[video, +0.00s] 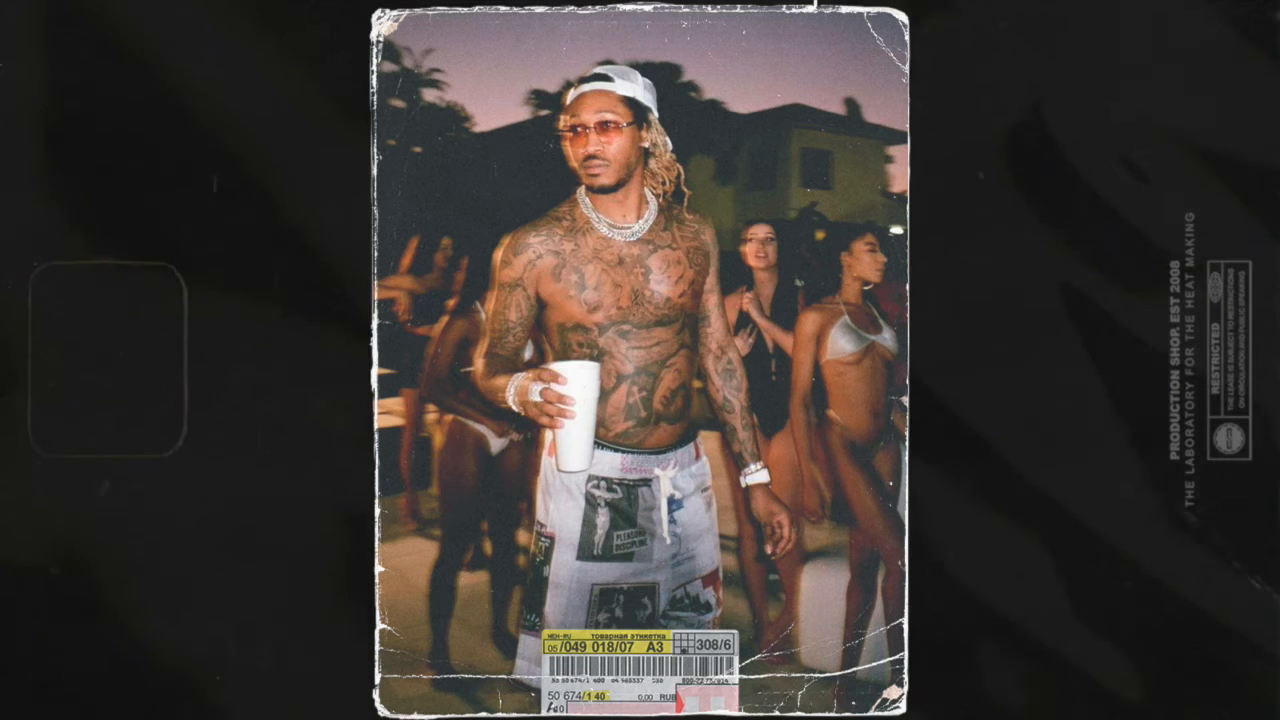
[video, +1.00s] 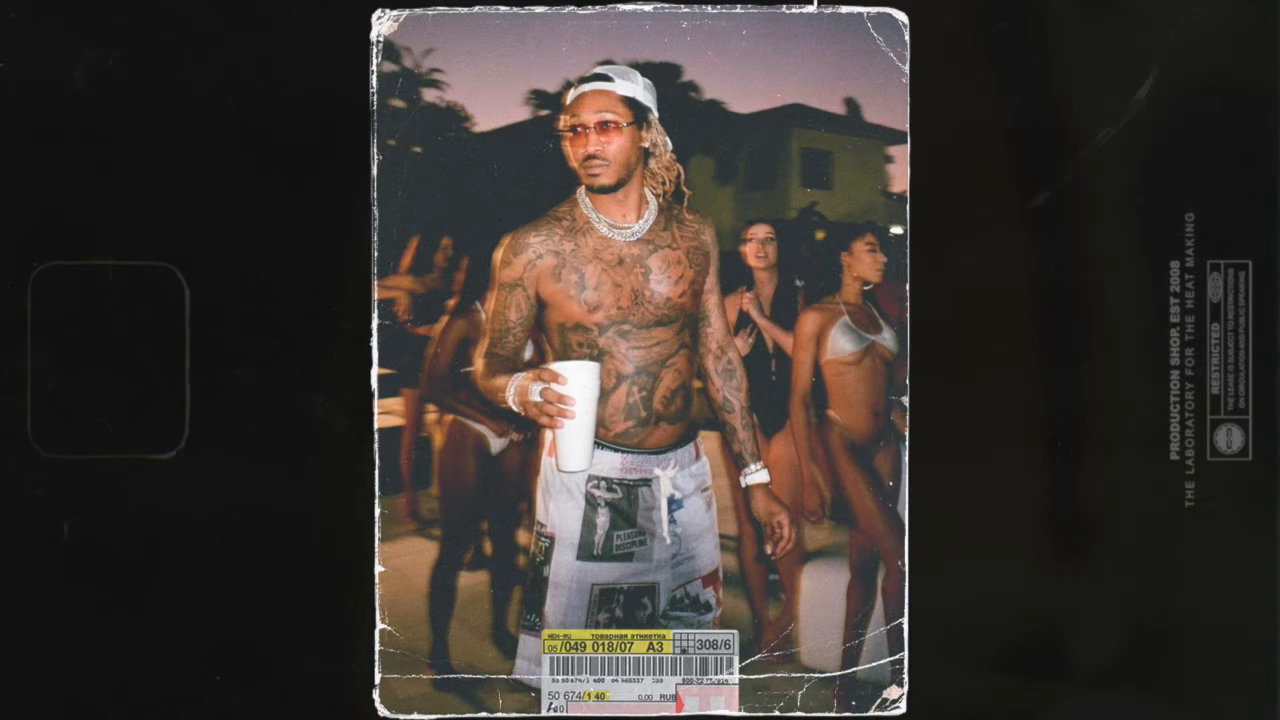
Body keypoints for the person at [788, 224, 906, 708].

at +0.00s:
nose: (882, 259)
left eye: (882, 251)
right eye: (871, 251)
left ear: (875, 262)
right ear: (843, 259)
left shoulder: (878, 316)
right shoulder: (818, 317)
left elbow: (886, 392)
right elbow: (798, 405)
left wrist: (901, 433)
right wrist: (813, 479)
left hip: (883, 448)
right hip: (839, 449)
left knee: (864, 563)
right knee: (898, 552)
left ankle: (846, 674)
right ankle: (902, 671)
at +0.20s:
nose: (882, 259)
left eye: (882, 251)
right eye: (871, 251)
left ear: (874, 262)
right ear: (843, 259)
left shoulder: (878, 316)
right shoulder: (818, 317)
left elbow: (886, 391)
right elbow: (798, 405)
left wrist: (900, 430)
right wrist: (813, 480)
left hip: (883, 448)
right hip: (839, 449)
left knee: (864, 563)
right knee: (897, 552)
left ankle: (846, 673)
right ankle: (901, 671)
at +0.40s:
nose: (883, 259)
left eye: (882, 251)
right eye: (871, 251)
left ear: (874, 262)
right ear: (844, 259)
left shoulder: (878, 316)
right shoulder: (818, 317)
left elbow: (886, 391)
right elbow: (799, 404)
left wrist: (900, 429)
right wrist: (814, 479)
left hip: (883, 447)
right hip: (838, 448)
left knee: (864, 563)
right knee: (898, 553)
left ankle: (846, 674)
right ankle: (901, 670)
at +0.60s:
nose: (883, 259)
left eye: (882, 251)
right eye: (871, 251)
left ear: (873, 262)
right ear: (844, 259)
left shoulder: (878, 316)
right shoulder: (818, 317)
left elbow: (886, 391)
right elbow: (799, 403)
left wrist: (901, 433)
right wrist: (813, 478)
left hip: (882, 447)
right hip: (838, 448)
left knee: (864, 562)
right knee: (898, 552)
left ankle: (846, 672)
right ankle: (902, 671)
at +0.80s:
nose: (882, 259)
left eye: (882, 251)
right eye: (871, 251)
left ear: (873, 262)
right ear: (844, 259)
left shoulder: (878, 316)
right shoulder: (818, 317)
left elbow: (886, 393)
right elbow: (799, 403)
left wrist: (904, 431)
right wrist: (813, 478)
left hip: (882, 448)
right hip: (839, 448)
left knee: (863, 563)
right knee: (898, 552)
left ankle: (847, 673)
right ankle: (902, 671)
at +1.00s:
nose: (882, 259)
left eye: (882, 251)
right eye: (871, 251)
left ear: (873, 262)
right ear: (843, 259)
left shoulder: (878, 316)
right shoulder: (818, 317)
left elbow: (888, 390)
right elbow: (799, 403)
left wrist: (901, 428)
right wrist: (813, 478)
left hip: (882, 447)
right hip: (838, 448)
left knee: (863, 563)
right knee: (898, 552)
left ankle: (846, 673)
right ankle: (902, 671)